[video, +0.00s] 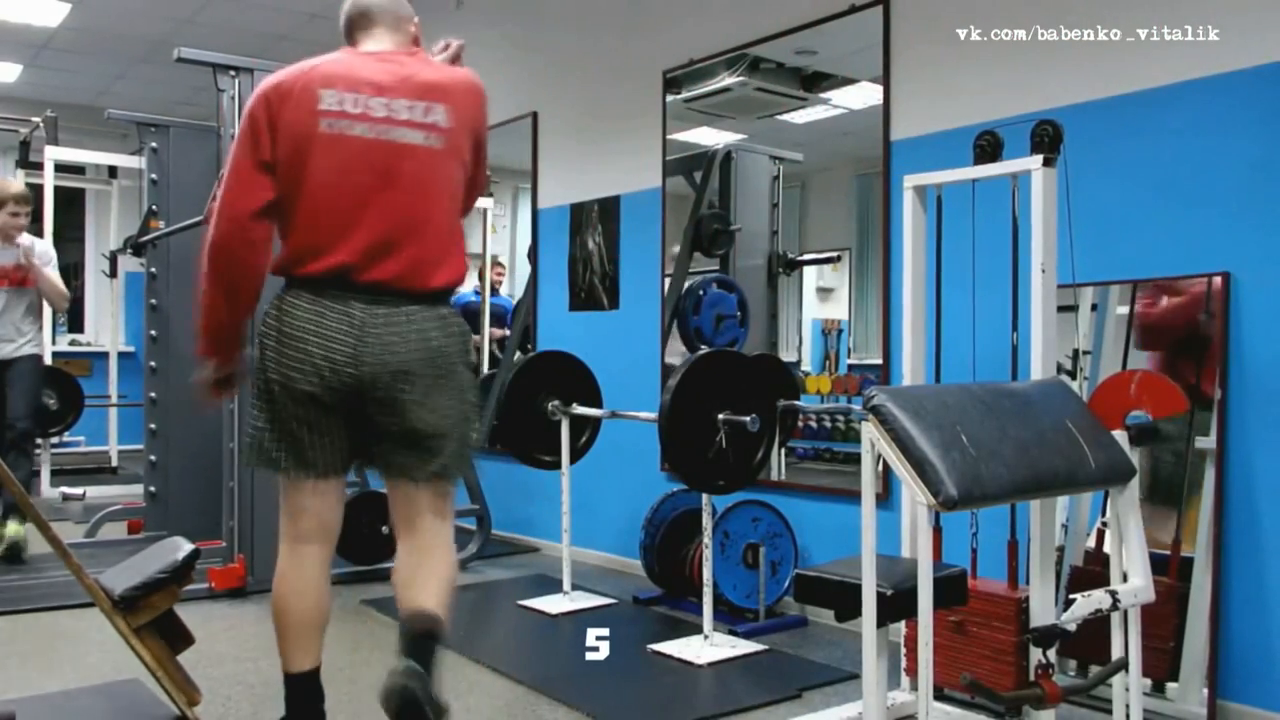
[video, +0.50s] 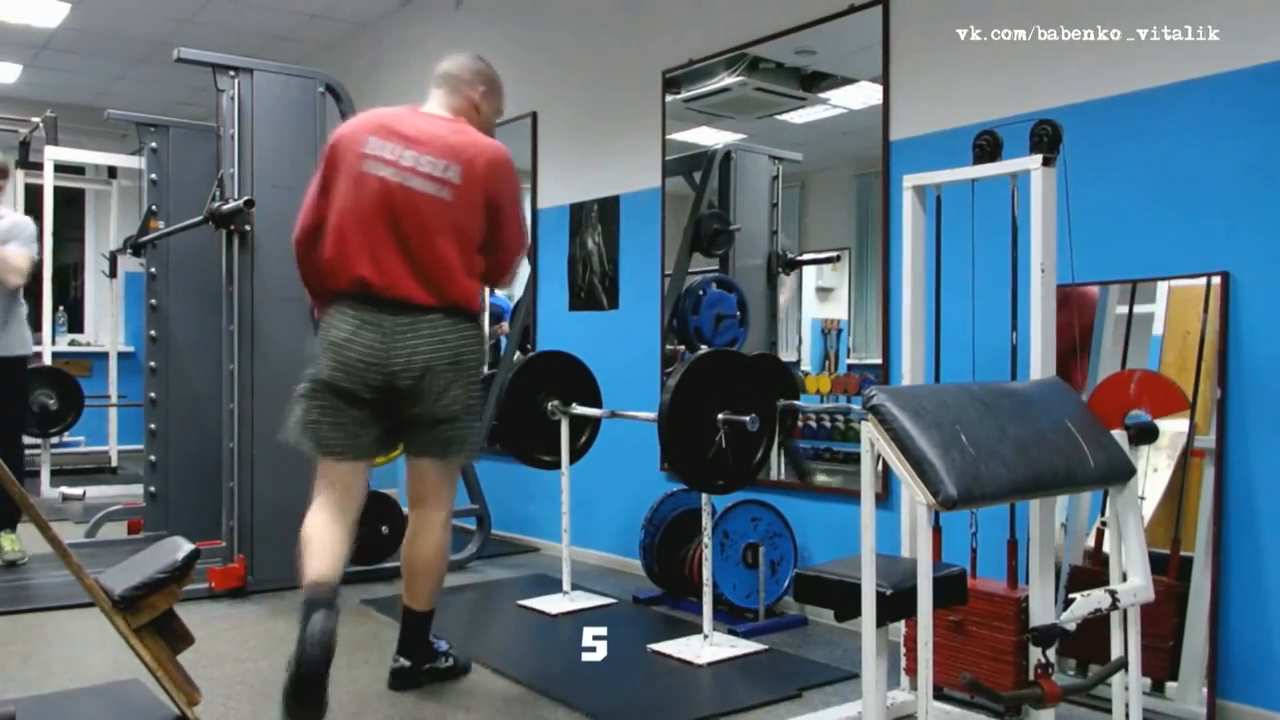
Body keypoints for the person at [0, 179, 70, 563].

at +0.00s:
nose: (19, 220)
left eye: (24, 214)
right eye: (12, 213)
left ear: (30, 216)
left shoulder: (38, 248)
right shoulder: (3, 248)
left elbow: (61, 300)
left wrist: (33, 265)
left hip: (22, 350)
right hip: (5, 351)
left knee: (19, 428)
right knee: (10, 433)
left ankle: (14, 517)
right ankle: (8, 518)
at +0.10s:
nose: (25, 217)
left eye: (30, 211)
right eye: (18, 210)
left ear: (34, 212)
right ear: (2, 210)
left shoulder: (37, 244)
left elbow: (56, 298)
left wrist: (28, 254)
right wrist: (23, 254)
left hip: (20, 348)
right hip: (6, 350)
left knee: (16, 429)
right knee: (11, 432)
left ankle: (11, 526)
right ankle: (8, 526)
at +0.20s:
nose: (22, 207)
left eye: (26, 201)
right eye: (16, 200)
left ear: (31, 203)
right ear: (1, 201)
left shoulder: (36, 236)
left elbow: (50, 290)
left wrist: (20, 245)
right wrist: (17, 245)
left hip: (20, 344)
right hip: (5, 346)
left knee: (15, 431)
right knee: (11, 433)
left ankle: (10, 527)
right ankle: (8, 527)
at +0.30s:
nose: (12, 201)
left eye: (18, 195)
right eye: (7, 194)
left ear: (26, 196)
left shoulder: (33, 227)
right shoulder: (9, 228)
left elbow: (41, 280)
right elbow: (37, 278)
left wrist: (10, 240)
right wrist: (13, 242)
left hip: (18, 345)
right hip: (6, 346)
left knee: (14, 437)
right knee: (10, 437)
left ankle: (10, 528)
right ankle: (8, 528)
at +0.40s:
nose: (5, 192)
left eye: (10, 184)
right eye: (1, 184)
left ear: (19, 185)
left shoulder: (28, 223)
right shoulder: (14, 224)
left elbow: (31, 274)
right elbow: (29, 271)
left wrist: (2, 239)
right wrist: (12, 243)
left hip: (14, 345)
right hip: (7, 346)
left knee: (11, 437)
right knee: (9, 438)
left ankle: (9, 528)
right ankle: (7, 528)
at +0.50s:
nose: (0, 185)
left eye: (2, 179)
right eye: (2, 178)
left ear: (5, 182)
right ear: (6, 182)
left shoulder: (19, 225)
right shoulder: (17, 226)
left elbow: (15, 275)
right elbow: (16, 275)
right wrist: (8, 252)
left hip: (10, 348)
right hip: (8, 349)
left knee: (8, 440)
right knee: (7, 440)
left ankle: (8, 528)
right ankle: (6, 529)